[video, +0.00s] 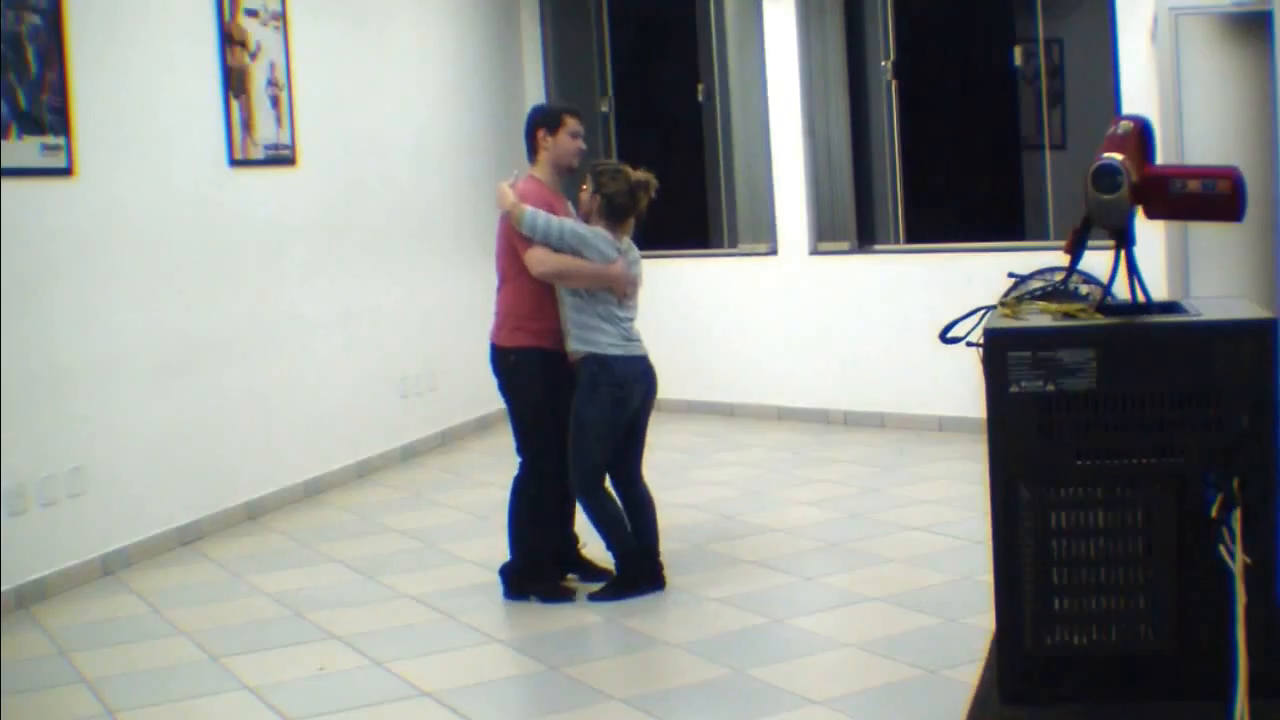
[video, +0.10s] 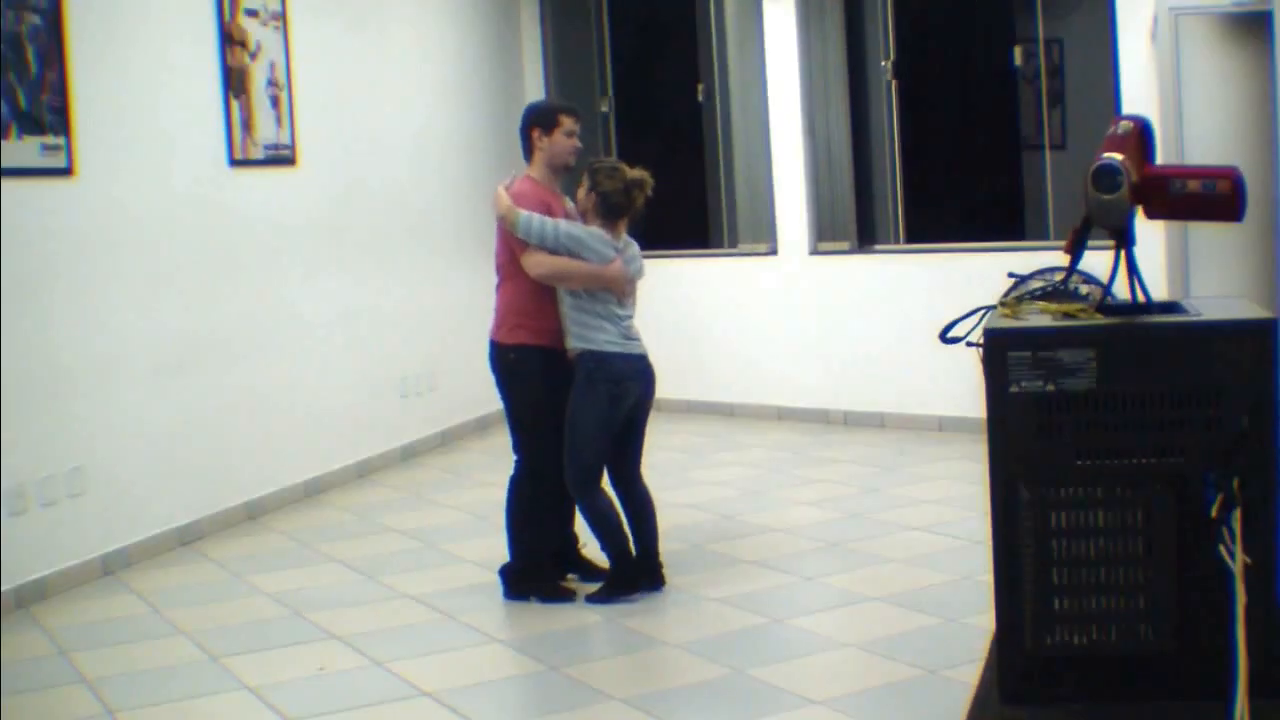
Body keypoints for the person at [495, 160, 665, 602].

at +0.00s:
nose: (580, 195)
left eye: (584, 189)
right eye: (582, 187)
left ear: (594, 201)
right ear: (631, 209)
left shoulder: (587, 239)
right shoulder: (629, 252)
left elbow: (519, 215)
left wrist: (505, 187)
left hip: (602, 373)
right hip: (638, 372)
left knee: (586, 479)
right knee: (628, 473)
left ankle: (633, 570)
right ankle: (647, 567)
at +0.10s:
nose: (577, 193)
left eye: (582, 188)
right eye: (580, 186)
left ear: (591, 199)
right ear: (629, 207)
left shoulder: (583, 239)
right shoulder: (631, 252)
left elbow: (510, 217)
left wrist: (501, 188)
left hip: (599, 371)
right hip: (637, 371)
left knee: (583, 479)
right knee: (627, 472)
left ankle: (624, 569)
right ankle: (649, 566)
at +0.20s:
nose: (574, 192)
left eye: (579, 187)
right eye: (577, 185)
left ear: (587, 199)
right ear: (624, 204)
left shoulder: (582, 240)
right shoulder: (632, 248)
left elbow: (501, 219)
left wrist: (498, 192)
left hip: (596, 370)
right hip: (635, 370)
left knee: (588, 477)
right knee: (625, 473)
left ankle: (622, 573)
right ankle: (649, 566)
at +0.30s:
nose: (571, 191)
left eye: (575, 187)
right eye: (574, 185)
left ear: (582, 199)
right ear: (621, 204)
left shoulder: (578, 242)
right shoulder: (633, 247)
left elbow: (498, 223)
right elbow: (607, 227)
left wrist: (491, 193)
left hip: (593, 370)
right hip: (633, 370)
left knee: (595, 477)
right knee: (618, 474)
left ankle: (629, 576)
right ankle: (644, 566)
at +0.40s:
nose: (567, 193)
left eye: (571, 188)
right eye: (569, 187)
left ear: (582, 201)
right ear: (618, 204)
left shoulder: (579, 245)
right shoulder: (632, 249)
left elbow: (497, 228)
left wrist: (487, 199)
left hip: (595, 372)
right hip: (633, 373)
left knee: (598, 475)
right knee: (605, 473)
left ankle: (630, 576)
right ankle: (638, 564)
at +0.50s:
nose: (565, 194)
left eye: (570, 189)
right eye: (568, 187)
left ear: (580, 203)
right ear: (616, 207)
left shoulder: (577, 246)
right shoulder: (628, 250)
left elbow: (496, 231)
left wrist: (485, 201)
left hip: (597, 372)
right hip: (633, 375)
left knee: (599, 479)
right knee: (600, 475)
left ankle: (630, 576)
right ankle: (633, 568)